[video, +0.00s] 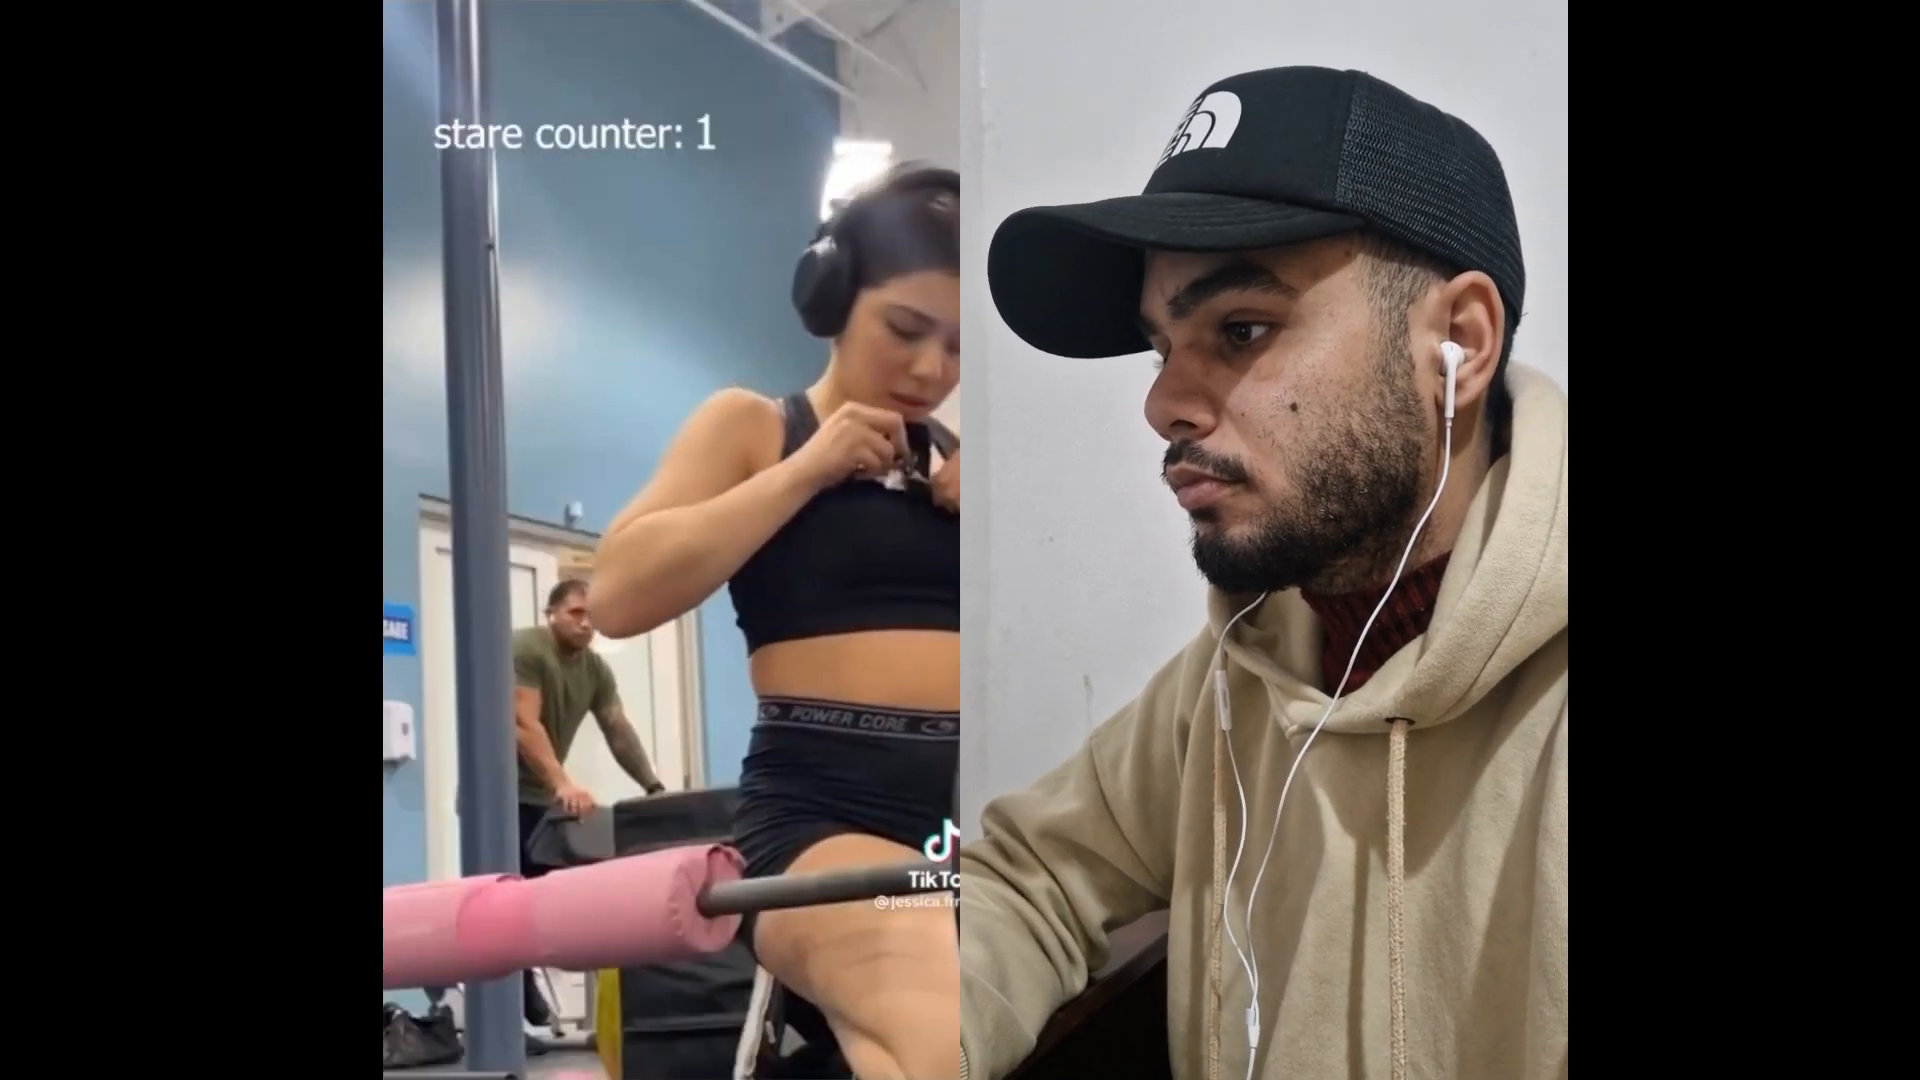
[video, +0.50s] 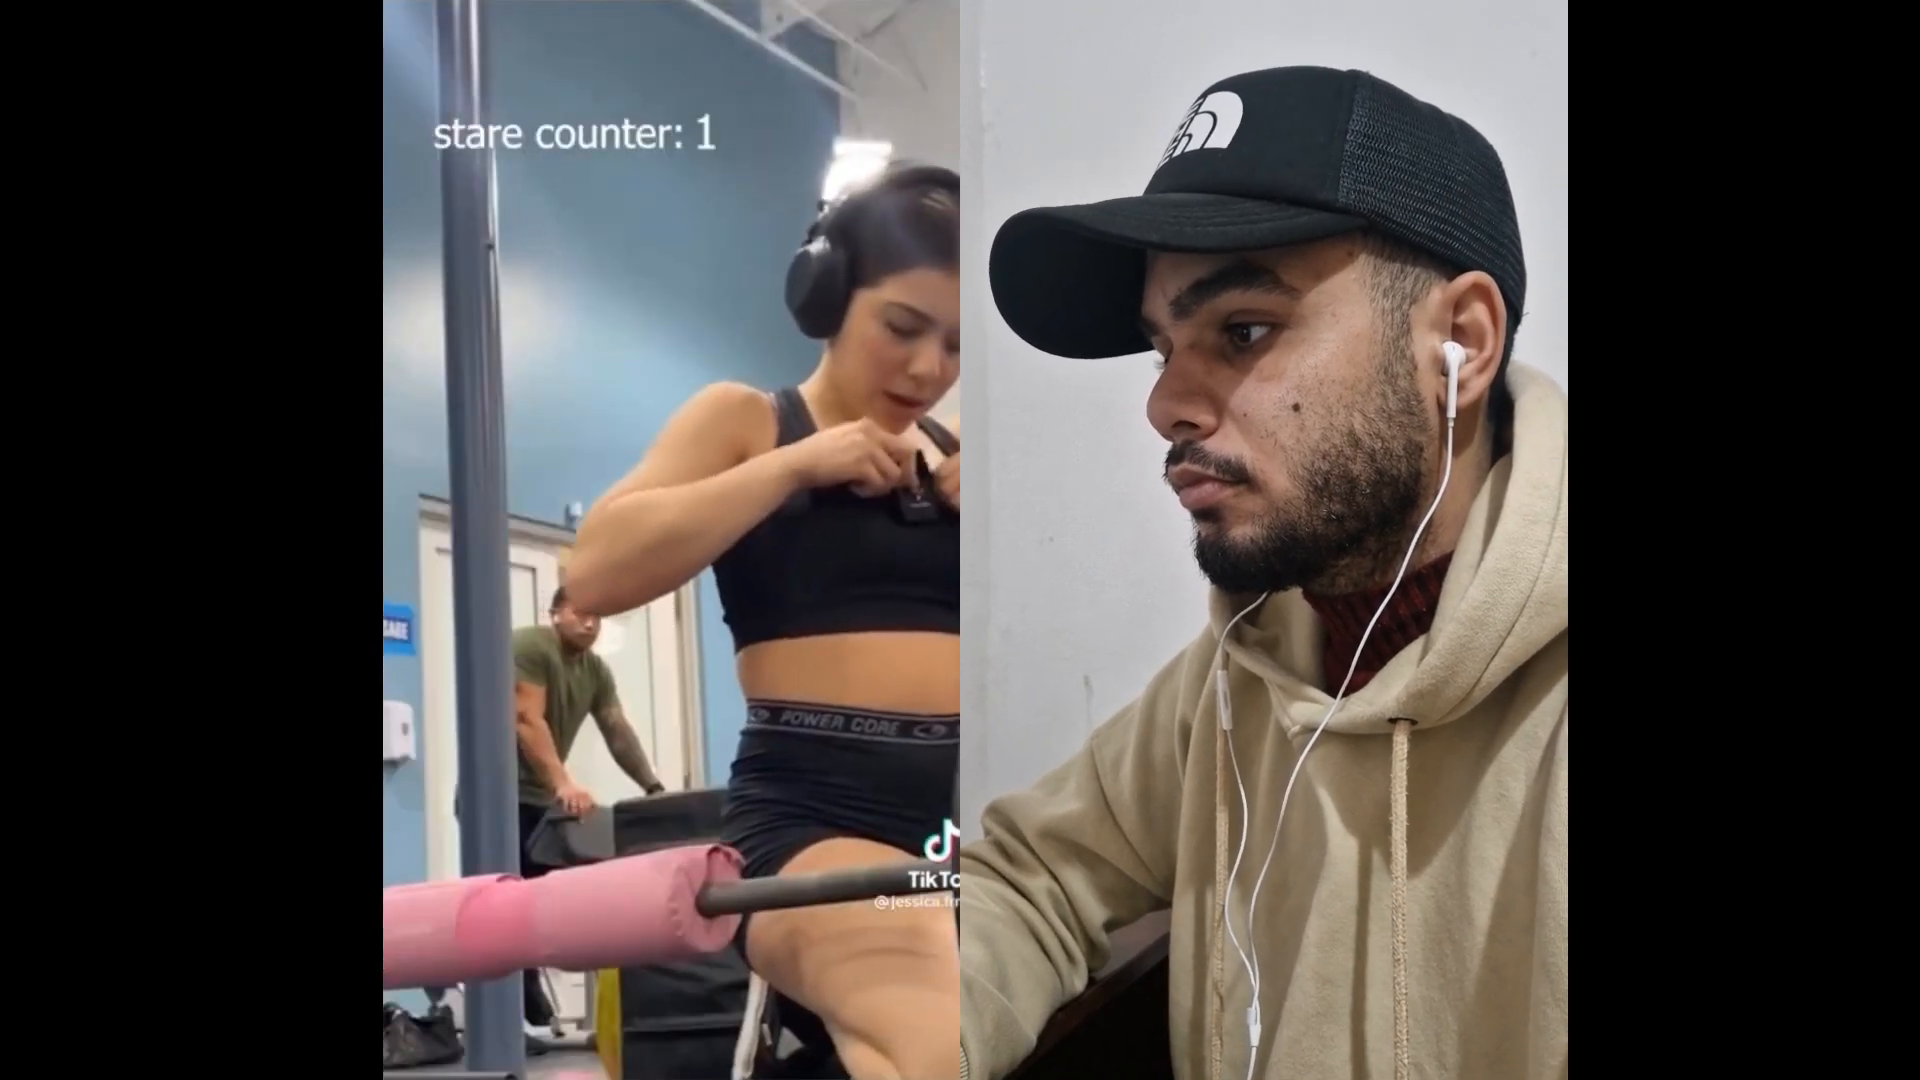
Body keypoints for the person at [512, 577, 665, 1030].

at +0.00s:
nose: (586, 623)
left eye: (591, 615)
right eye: (576, 613)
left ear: (596, 621)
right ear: (551, 614)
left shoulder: (595, 669)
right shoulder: (527, 648)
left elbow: (619, 732)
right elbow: (524, 723)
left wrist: (653, 785)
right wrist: (561, 783)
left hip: (543, 799)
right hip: (504, 796)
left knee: (527, 902)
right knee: (510, 901)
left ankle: (517, 1003)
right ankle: (528, 1006)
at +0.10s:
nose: (587, 623)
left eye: (592, 615)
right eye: (577, 613)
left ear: (597, 621)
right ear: (552, 614)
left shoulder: (595, 669)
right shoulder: (528, 648)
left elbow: (618, 731)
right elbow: (525, 723)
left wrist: (653, 786)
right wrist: (562, 783)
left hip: (541, 799)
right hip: (501, 796)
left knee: (528, 901)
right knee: (508, 901)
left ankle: (520, 1001)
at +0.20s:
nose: (587, 623)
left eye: (593, 616)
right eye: (577, 613)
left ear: (598, 622)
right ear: (553, 614)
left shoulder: (595, 670)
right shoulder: (529, 648)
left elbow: (618, 733)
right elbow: (526, 721)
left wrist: (653, 786)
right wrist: (562, 783)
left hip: (541, 800)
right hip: (499, 797)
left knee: (527, 901)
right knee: (507, 900)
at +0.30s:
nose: (588, 623)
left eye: (594, 616)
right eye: (578, 613)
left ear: (599, 622)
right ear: (553, 614)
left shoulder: (595, 670)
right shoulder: (530, 646)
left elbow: (618, 733)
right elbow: (526, 721)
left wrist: (653, 786)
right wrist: (563, 783)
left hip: (540, 800)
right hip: (499, 797)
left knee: (525, 907)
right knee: (507, 905)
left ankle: (522, 1009)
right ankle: (526, 1012)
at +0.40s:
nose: (588, 622)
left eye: (595, 615)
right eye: (578, 612)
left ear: (600, 621)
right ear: (554, 613)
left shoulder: (595, 671)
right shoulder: (531, 646)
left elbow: (618, 733)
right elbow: (526, 721)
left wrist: (654, 786)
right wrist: (562, 782)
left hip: (540, 801)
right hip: (498, 799)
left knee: (526, 909)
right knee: (508, 908)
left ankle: (526, 1010)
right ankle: (525, 1013)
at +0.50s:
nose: (591, 622)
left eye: (596, 615)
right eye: (582, 613)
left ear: (600, 621)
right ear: (556, 614)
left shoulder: (595, 671)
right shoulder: (531, 646)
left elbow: (618, 732)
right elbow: (527, 721)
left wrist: (653, 785)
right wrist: (562, 781)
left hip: (539, 803)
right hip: (500, 800)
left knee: (529, 910)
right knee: (509, 909)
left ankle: (529, 1011)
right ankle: (518, 1014)